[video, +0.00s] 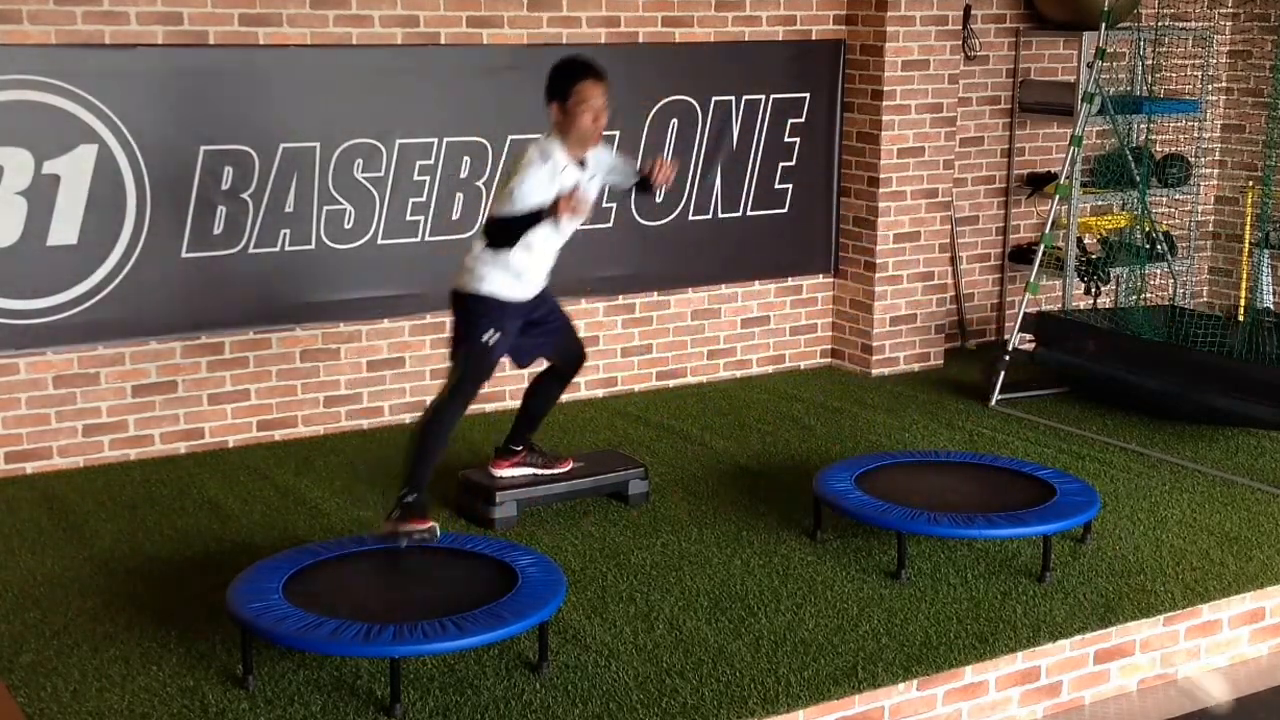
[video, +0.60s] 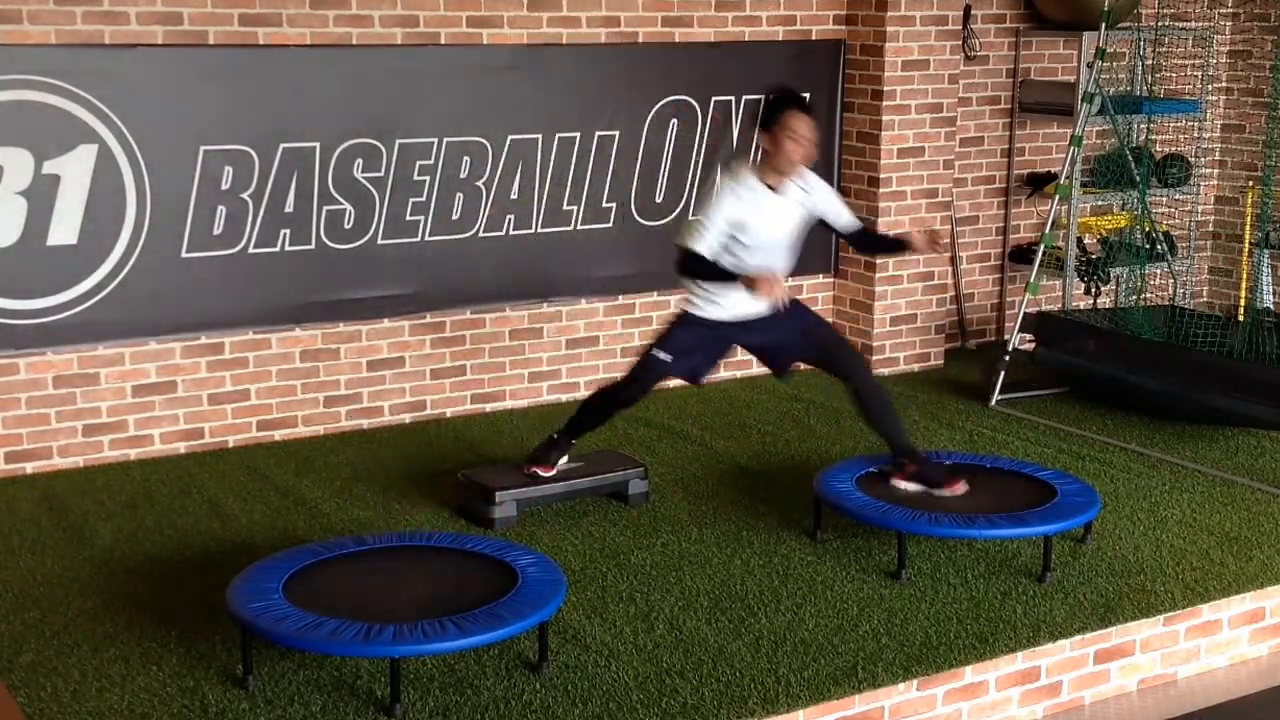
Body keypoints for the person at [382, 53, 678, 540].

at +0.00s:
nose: (600, 120)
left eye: (604, 109)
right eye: (589, 109)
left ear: (608, 111)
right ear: (558, 113)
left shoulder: (597, 157)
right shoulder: (538, 162)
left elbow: (629, 181)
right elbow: (495, 232)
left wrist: (649, 179)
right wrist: (550, 212)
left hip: (531, 293)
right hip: (487, 293)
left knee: (569, 358)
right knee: (463, 386)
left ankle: (514, 451)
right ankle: (410, 503)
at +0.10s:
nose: (618, 75)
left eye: (622, 64)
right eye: (607, 65)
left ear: (625, 65)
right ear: (576, 65)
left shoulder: (624, 115)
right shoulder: (557, 119)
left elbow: (679, 140)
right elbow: (522, 190)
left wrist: (688, 118)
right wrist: (576, 160)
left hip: (569, 266)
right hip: (524, 263)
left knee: (580, 353)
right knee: (504, 362)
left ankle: (517, 446)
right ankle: (448, 470)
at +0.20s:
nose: (635, 40)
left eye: (640, 31)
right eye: (625, 29)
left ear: (645, 35)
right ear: (596, 30)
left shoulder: (645, 80)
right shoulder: (575, 85)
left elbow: (698, 110)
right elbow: (553, 156)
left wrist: (715, 91)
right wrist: (616, 120)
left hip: (613, 237)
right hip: (559, 238)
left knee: (638, 336)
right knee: (534, 351)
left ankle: (564, 402)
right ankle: (505, 436)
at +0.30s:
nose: (662, 44)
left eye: (668, 35)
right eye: (651, 33)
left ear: (672, 40)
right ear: (621, 34)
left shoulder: (669, 85)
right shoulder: (601, 83)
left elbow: (721, 122)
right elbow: (581, 145)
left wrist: (749, 105)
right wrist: (653, 113)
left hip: (645, 237)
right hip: (585, 248)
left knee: (713, 316)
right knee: (561, 351)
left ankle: (651, 383)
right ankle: (548, 434)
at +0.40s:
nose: (697, 79)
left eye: (701, 69)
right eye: (687, 67)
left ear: (705, 72)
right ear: (654, 65)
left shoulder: (699, 117)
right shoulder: (629, 118)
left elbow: (749, 159)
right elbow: (613, 184)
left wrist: (793, 144)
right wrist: (687, 144)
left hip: (679, 253)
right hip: (619, 267)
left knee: (766, 302)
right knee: (577, 365)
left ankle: (781, 401)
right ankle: (554, 442)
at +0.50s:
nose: (743, 109)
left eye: (748, 100)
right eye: (733, 98)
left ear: (750, 104)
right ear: (702, 98)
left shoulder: (747, 149)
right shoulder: (672, 153)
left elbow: (795, 193)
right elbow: (647, 225)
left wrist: (842, 196)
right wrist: (719, 208)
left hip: (721, 278)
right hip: (657, 287)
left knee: (809, 335)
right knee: (601, 370)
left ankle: (884, 422)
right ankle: (553, 446)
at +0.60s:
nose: (804, 149)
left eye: (810, 141)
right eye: (795, 139)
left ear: (812, 146)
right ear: (765, 139)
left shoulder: (810, 188)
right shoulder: (730, 188)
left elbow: (859, 235)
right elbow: (687, 261)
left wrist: (908, 244)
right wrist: (748, 282)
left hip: (774, 312)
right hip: (710, 315)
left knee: (852, 364)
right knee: (630, 390)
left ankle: (909, 461)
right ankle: (557, 444)